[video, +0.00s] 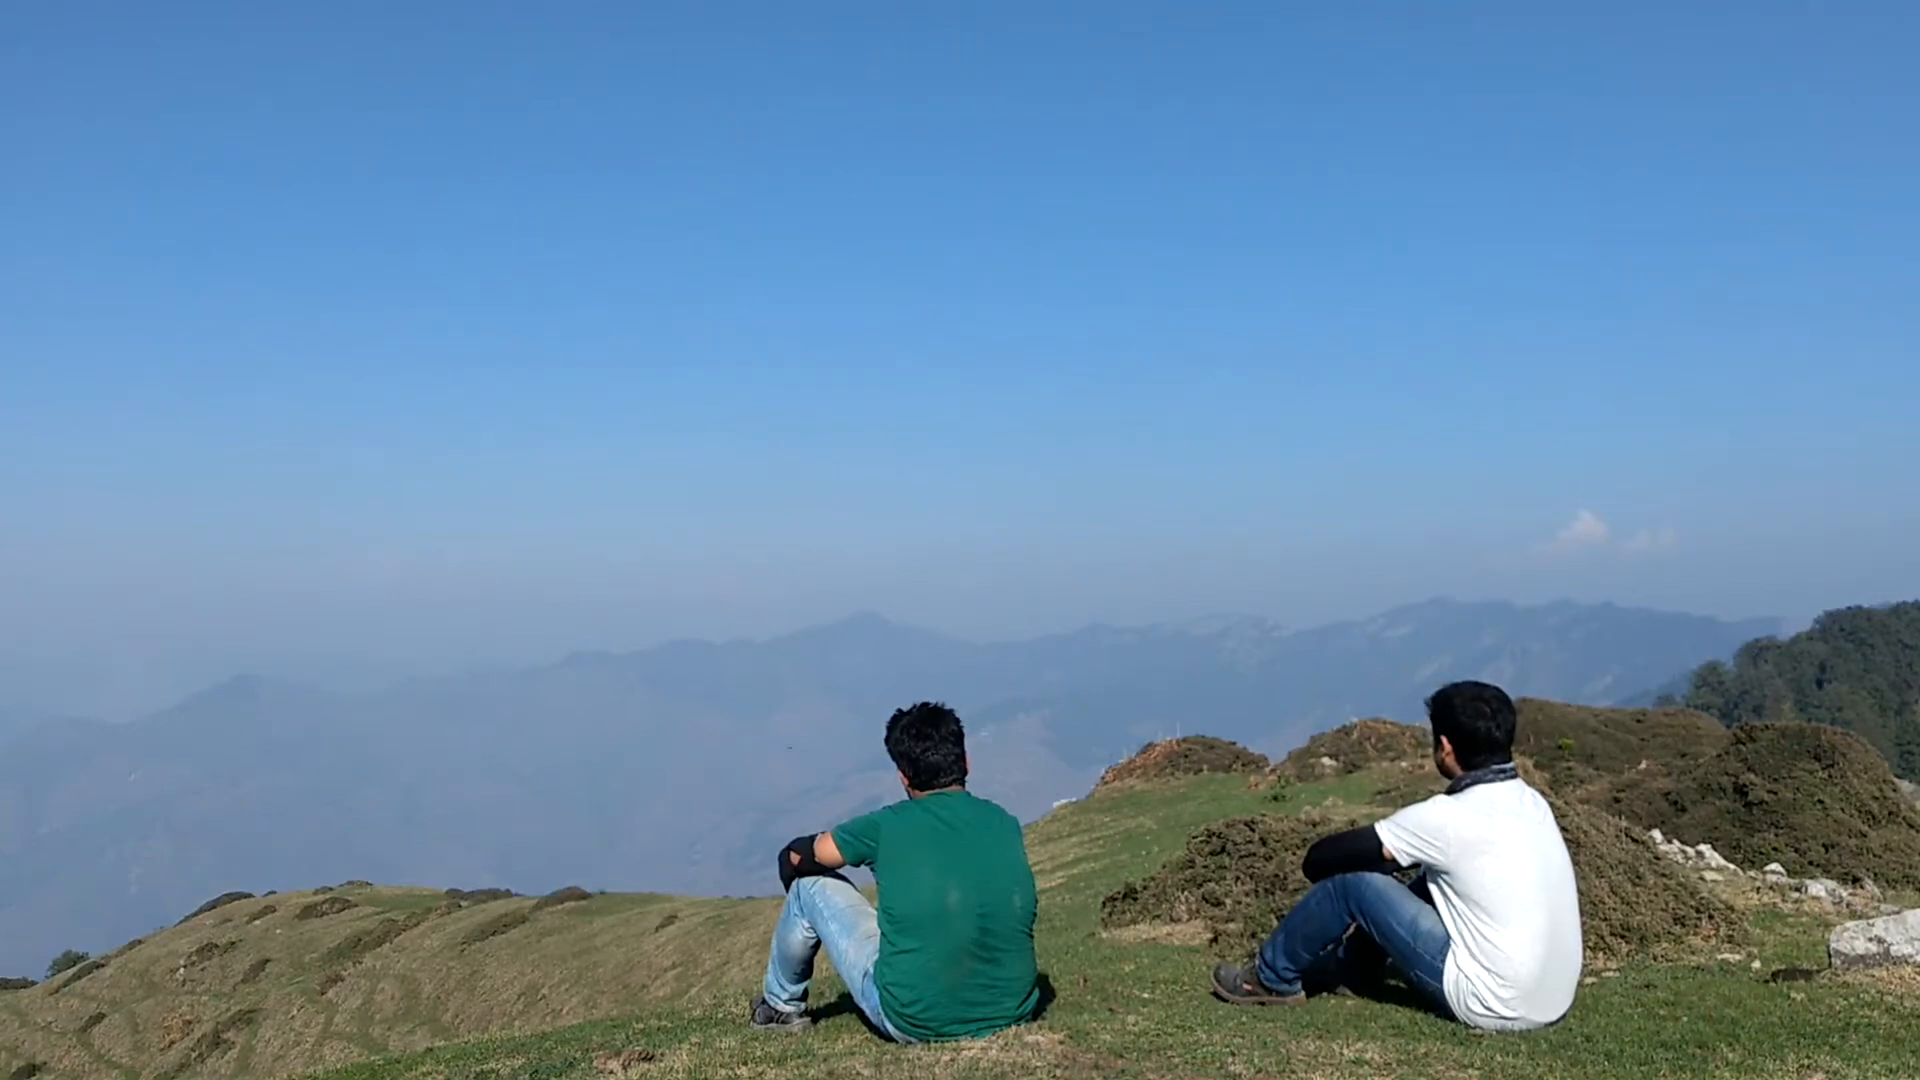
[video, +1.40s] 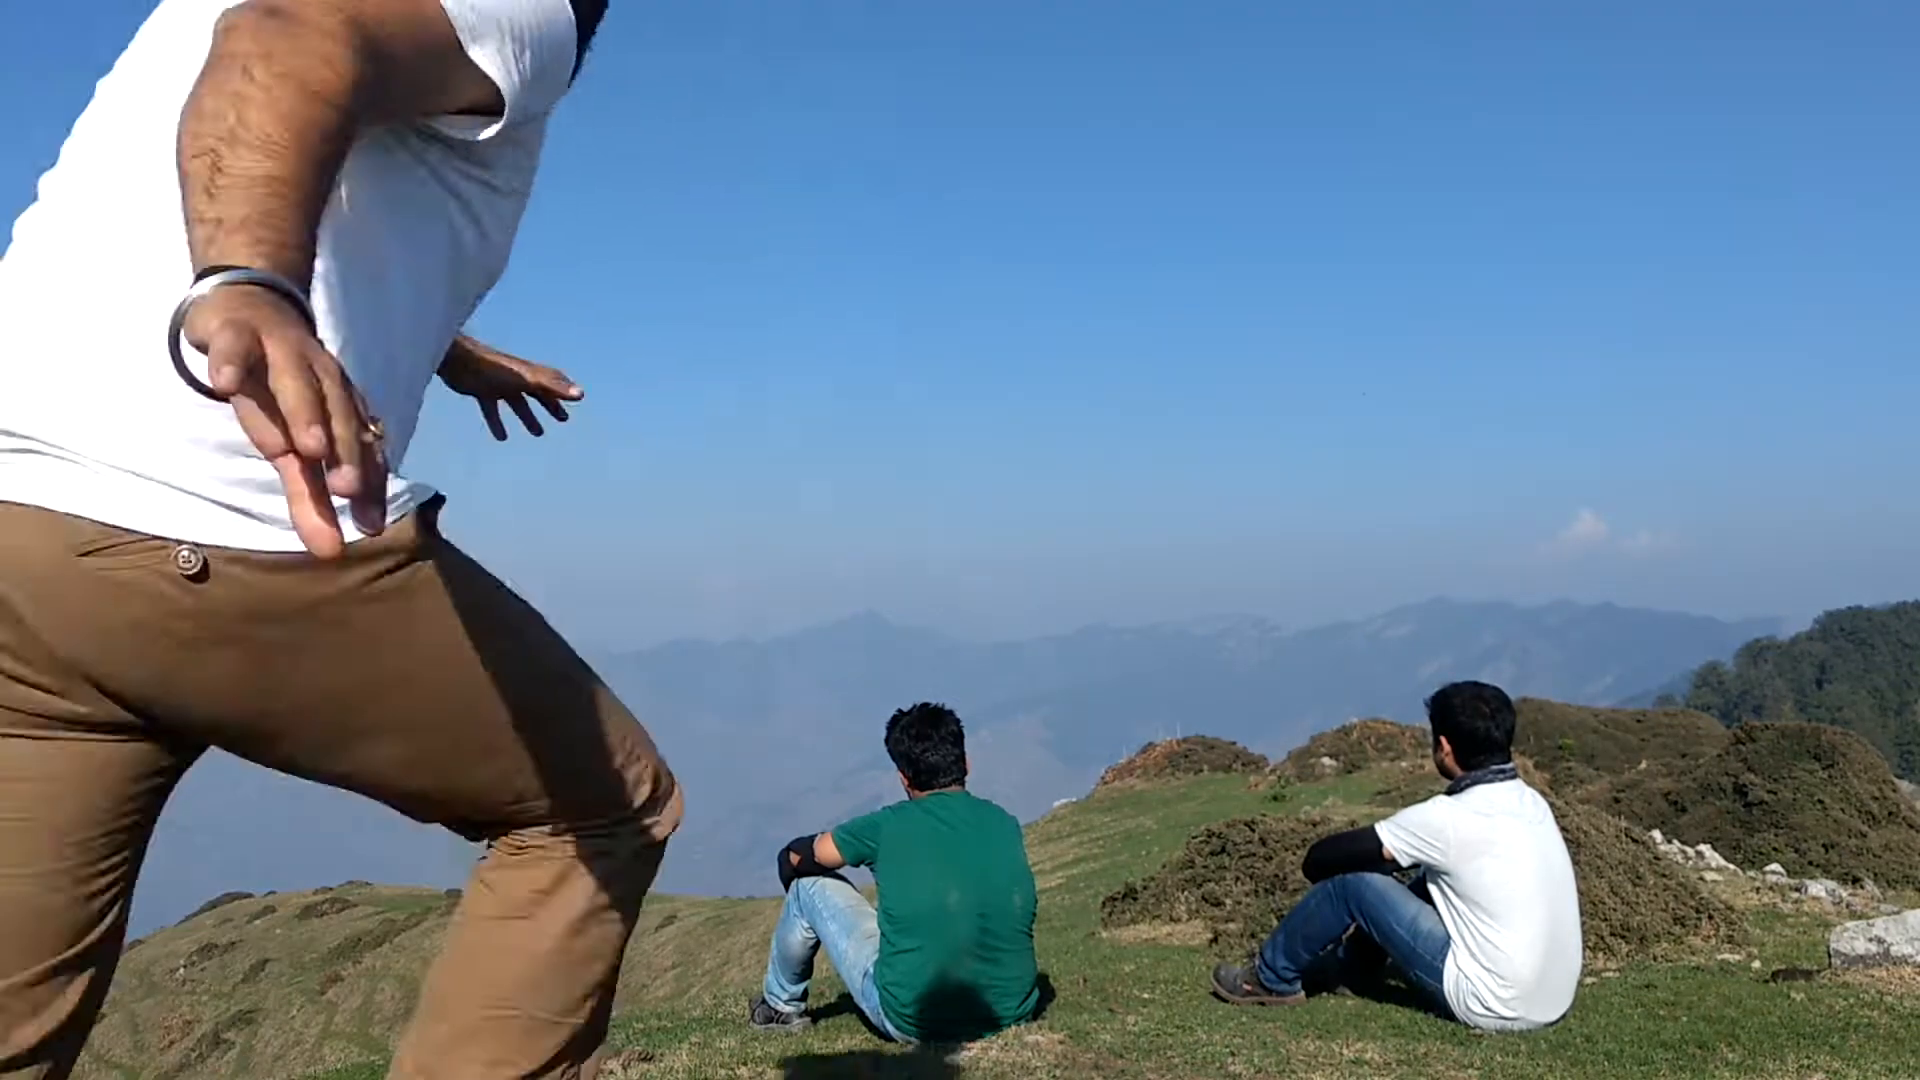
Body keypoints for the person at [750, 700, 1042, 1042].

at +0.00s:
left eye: (898, 770)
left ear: (904, 777)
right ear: (966, 764)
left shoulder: (887, 825)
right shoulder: (1006, 823)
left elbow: (796, 856)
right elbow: (1020, 911)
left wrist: (796, 888)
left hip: (915, 1020)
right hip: (1009, 1011)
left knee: (810, 885)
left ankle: (781, 1005)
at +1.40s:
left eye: (899, 771)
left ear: (905, 779)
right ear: (967, 765)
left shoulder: (889, 823)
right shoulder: (1006, 823)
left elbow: (796, 856)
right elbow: (1020, 911)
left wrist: (798, 893)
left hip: (912, 1018)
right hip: (1007, 1012)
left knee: (810, 886)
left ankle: (781, 1006)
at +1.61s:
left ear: (904, 779)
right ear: (966, 766)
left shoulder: (881, 829)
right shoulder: (1004, 824)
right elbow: (1022, 910)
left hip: (914, 1012)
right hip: (1010, 1006)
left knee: (824, 900)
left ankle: (777, 1001)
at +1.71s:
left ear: (911, 769)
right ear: (965, 764)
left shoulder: (897, 822)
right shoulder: (1004, 823)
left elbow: (822, 854)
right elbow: (1026, 904)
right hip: (1014, 1002)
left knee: (810, 890)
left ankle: (782, 1005)